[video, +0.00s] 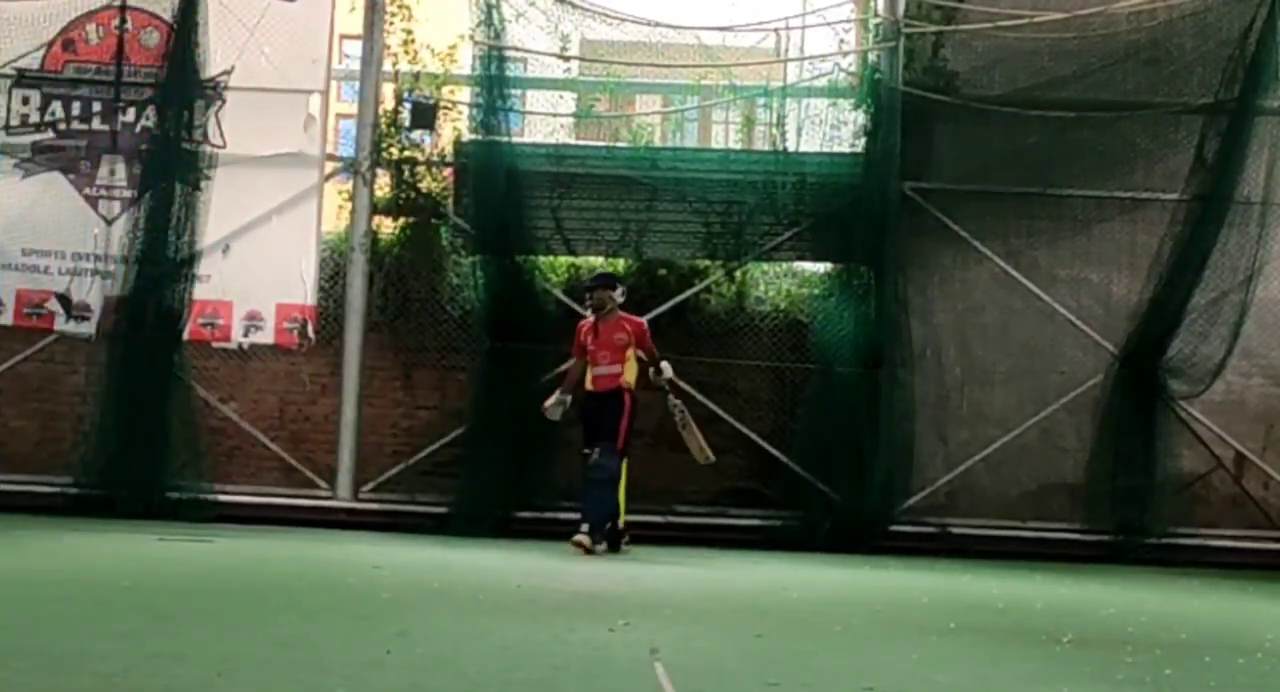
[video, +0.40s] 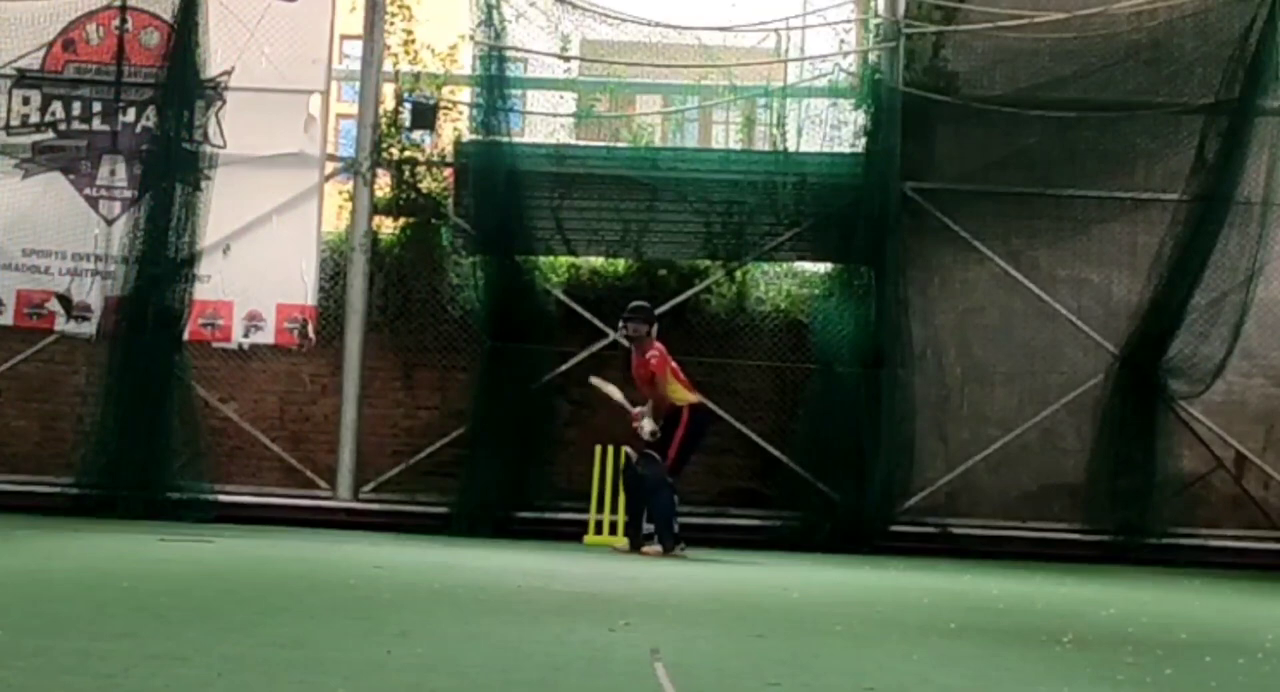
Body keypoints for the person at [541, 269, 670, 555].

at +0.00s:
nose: (594, 298)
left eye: (600, 292)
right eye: (592, 293)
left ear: (615, 295)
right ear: (590, 296)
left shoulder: (635, 326)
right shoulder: (586, 327)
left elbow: (651, 359)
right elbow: (578, 363)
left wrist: (660, 371)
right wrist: (562, 394)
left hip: (619, 392)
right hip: (593, 394)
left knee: (607, 459)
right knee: (595, 458)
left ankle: (591, 529)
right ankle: (612, 530)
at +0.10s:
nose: (601, 295)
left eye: (607, 290)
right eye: (599, 290)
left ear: (621, 294)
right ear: (596, 294)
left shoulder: (640, 324)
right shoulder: (591, 327)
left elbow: (654, 359)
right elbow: (586, 366)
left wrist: (662, 374)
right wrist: (573, 403)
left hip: (625, 392)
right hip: (597, 393)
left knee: (612, 458)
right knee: (601, 458)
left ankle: (601, 530)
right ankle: (614, 528)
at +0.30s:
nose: (632, 332)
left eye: (639, 327)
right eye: (628, 326)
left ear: (650, 330)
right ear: (623, 330)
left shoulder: (654, 355)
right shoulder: (636, 361)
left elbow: (660, 393)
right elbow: (651, 396)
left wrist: (651, 422)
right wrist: (648, 423)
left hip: (692, 409)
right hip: (673, 411)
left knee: (667, 470)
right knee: (656, 466)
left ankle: (669, 538)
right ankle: (662, 534)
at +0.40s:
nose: (633, 329)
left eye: (639, 324)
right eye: (629, 323)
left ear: (650, 327)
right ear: (624, 327)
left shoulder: (654, 354)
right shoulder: (637, 353)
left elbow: (662, 392)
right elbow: (653, 390)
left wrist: (651, 419)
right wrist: (644, 410)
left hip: (689, 409)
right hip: (670, 409)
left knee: (665, 470)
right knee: (651, 465)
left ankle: (669, 537)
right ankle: (651, 532)